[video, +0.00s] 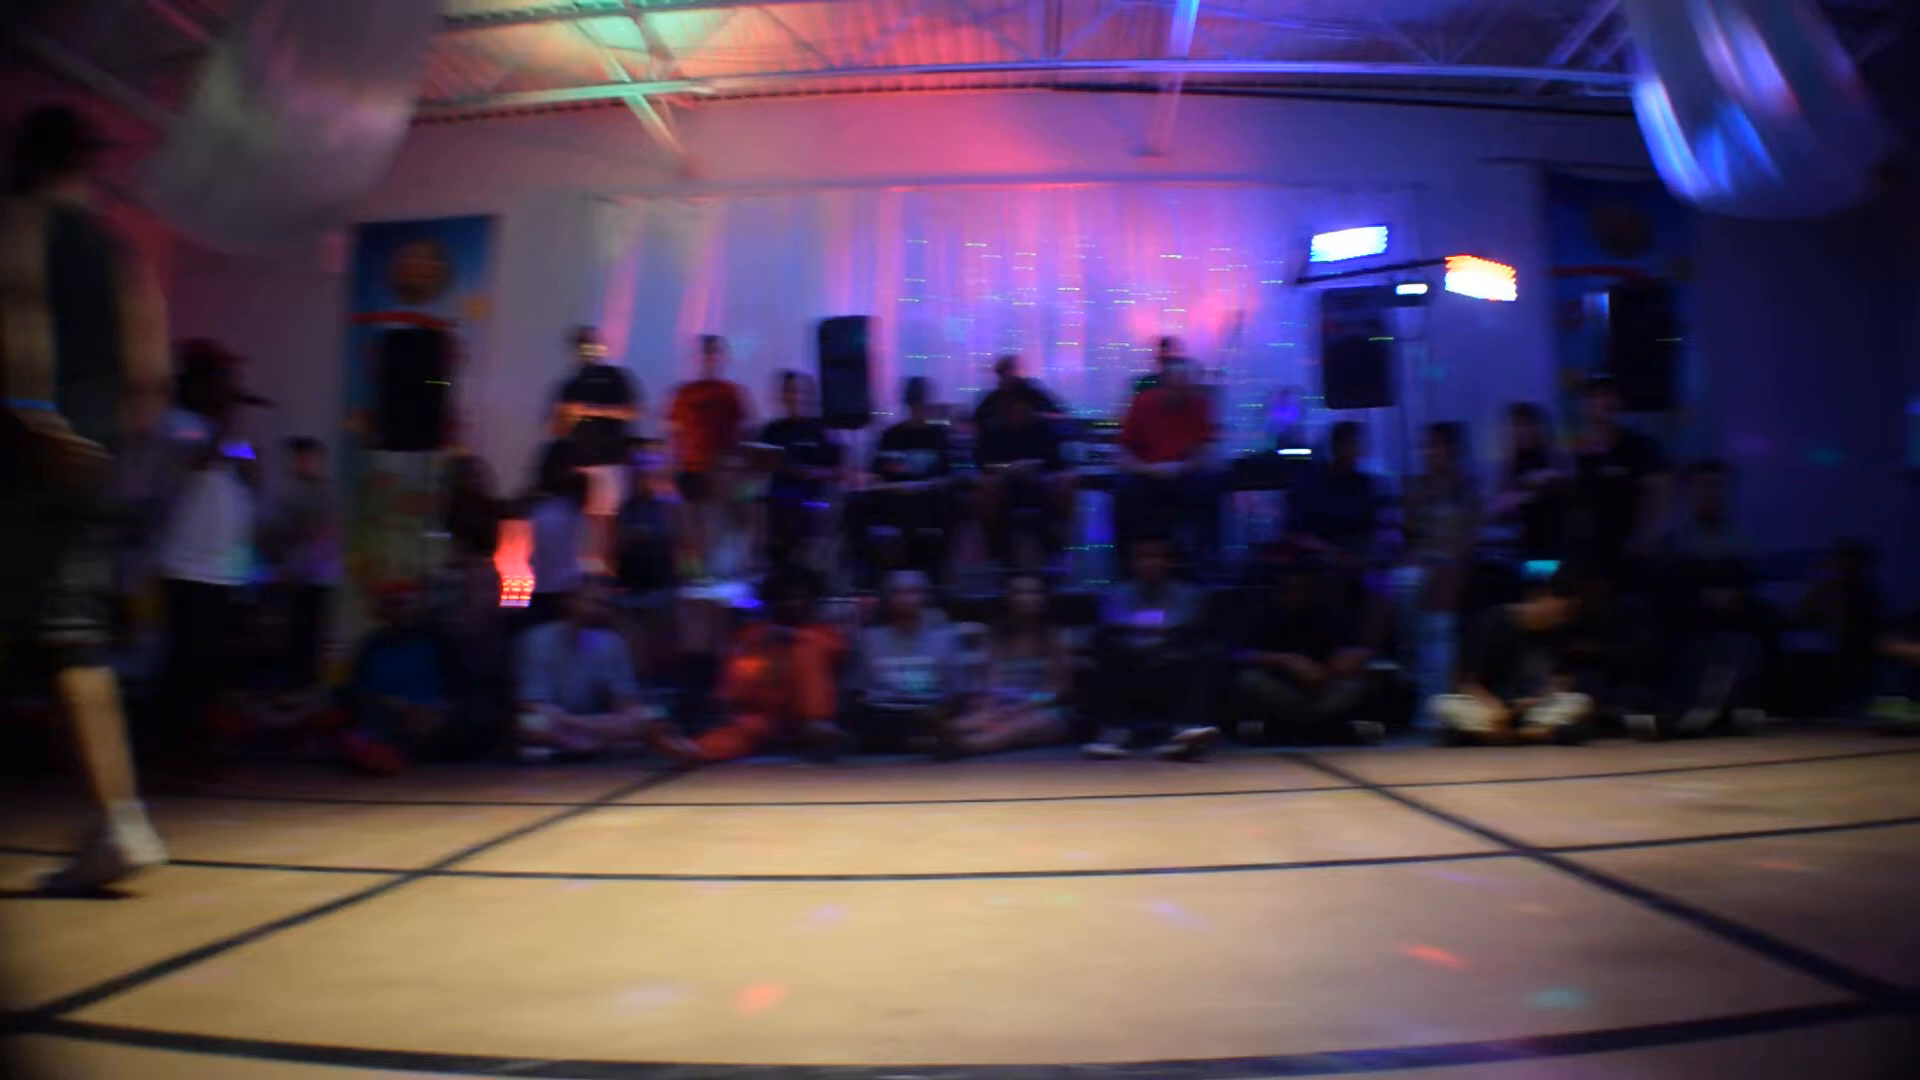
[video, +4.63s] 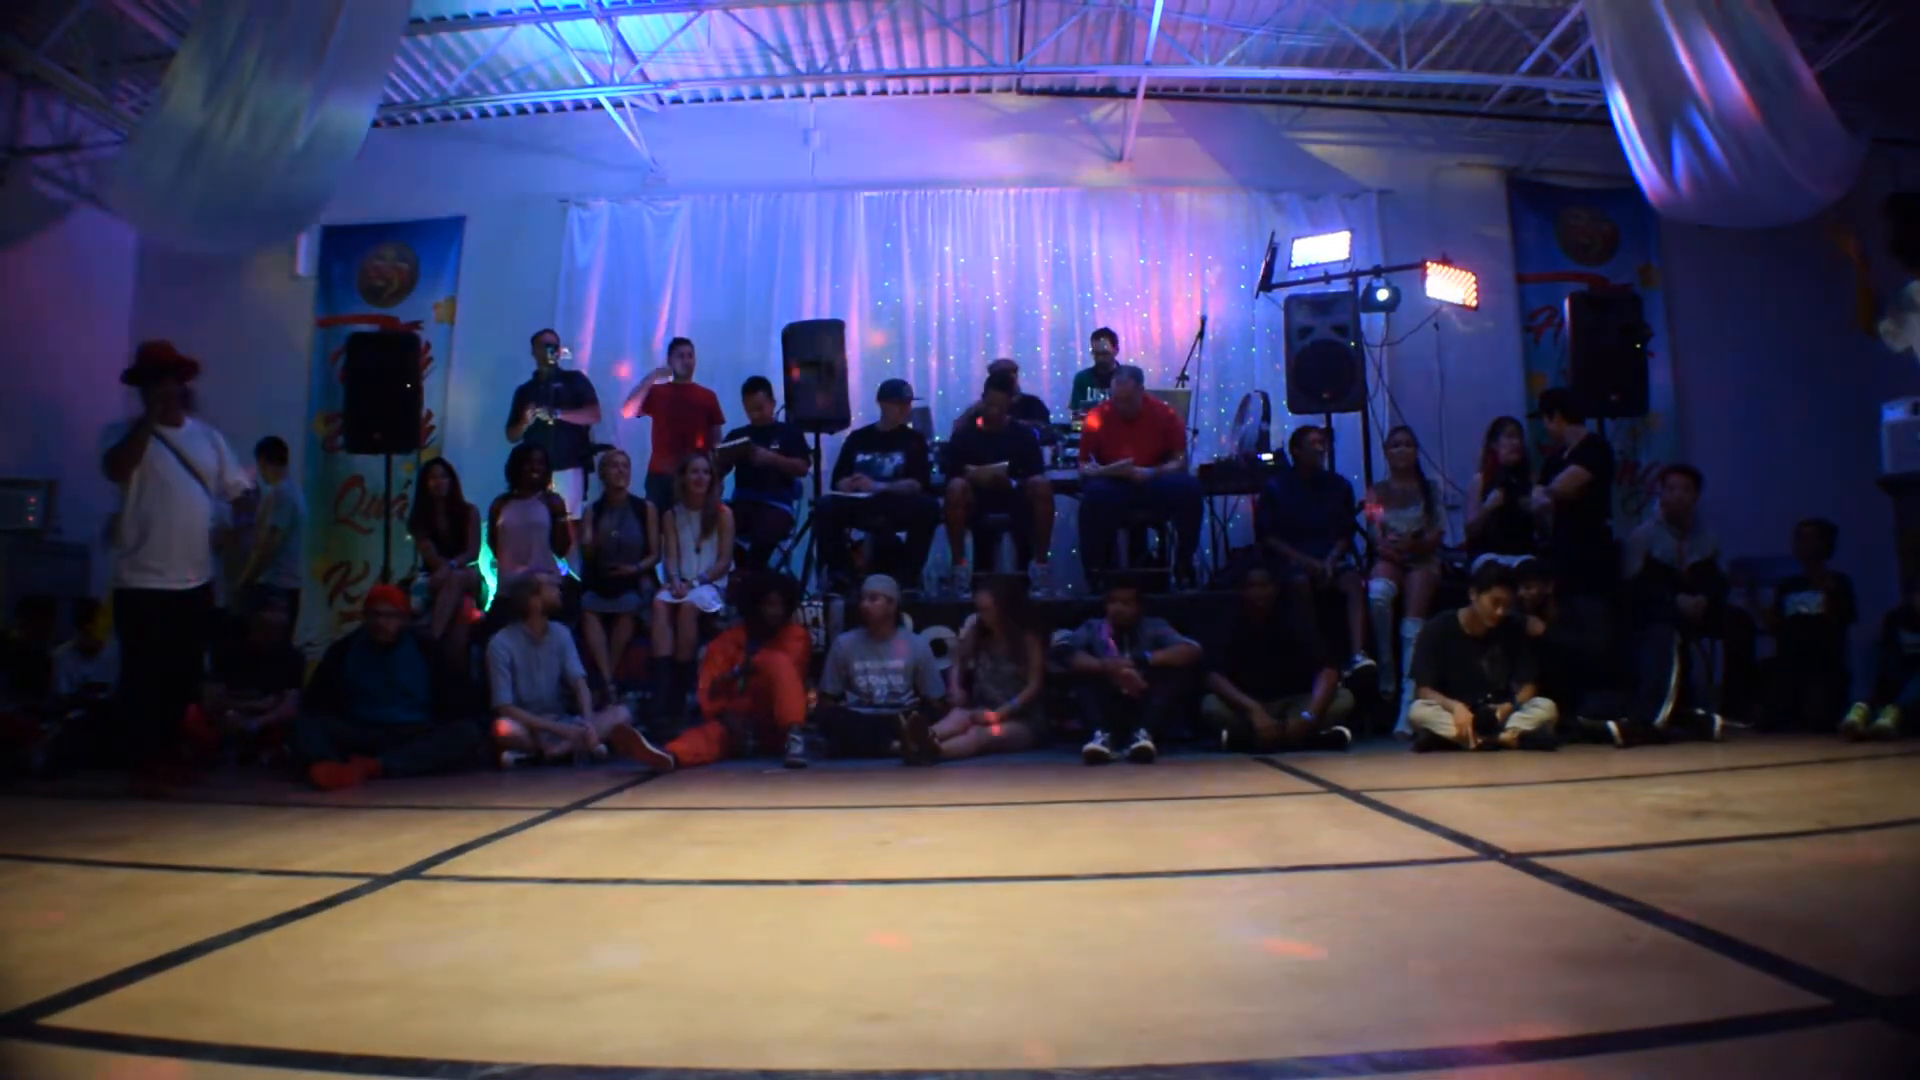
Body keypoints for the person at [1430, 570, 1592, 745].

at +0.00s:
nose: (1555, 616)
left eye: (1559, 612)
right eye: (1553, 609)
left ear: (1562, 612)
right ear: (1539, 600)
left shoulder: (1550, 632)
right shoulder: (1495, 622)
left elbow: (1561, 683)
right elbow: (1468, 682)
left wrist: (1531, 703)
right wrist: (1496, 709)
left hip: (1534, 702)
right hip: (1492, 703)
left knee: (1579, 703)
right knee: (1442, 704)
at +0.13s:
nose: (1514, 616)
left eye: (1518, 609)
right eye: (1511, 607)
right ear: (1493, 595)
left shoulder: (1504, 631)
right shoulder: (1447, 622)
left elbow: (1514, 682)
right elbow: (1420, 681)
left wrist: (1493, 699)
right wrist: (1442, 704)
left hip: (1486, 699)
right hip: (1447, 703)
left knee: (1529, 701)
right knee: (1401, 703)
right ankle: (1485, 732)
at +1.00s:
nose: (1506, 597)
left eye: (1506, 591)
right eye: (1500, 591)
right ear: (1481, 595)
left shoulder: (1513, 624)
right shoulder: (1443, 624)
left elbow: (1531, 677)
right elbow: (1434, 686)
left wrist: (1514, 705)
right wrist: (1460, 706)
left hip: (1502, 702)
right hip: (1460, 704)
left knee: (1550, 704)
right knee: (1421, 708)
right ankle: (1508, 736)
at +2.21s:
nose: (1509, 603)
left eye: (1509, 596)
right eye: (1504, 596)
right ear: (1480, 597)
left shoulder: (1514, 631)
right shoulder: (1442, 628)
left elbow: (1531, 683)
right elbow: (1424, 687)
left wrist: (1510, 707)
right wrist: (1457, 709)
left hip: (1502, 707)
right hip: (1458, 708)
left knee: (1546, 707)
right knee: (1419, 710)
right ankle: (1506, 739)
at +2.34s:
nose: (1502, 602)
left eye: (1501, 595)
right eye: (1496, 595)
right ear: (1472, 599)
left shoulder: (1510, 631)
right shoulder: (1436, 629)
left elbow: (1530, 684)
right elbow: (1422, 688)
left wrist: (1510, 707)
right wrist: (1458, 709)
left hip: (1500, 706)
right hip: (1456, 707)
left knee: (1546, 707)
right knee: (1418, 711)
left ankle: (1463, 743)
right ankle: (1507, 739)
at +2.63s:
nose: (1483, 601)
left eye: (1486, 593)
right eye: (1474, 593)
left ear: (1490, 595)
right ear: (1452, 597)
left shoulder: (1502, 629)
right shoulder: (1430, 630)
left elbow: (1528, 685)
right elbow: (1421, 689)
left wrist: (1508, 708)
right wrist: (1457, 707)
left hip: (1498, 705)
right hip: (1454, 708)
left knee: (1546, 707)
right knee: (1418, 711)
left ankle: (1461, 743)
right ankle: (1506, 739)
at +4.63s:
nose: (1500, 612)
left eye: (1505, 606)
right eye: (1495, 603)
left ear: (1511, 606)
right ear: (1473, 595)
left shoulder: (1511, 630)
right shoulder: (1438, 629)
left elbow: (1529, 686)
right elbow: (1423, 690)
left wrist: (1508, 707)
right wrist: (1456, 707)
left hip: (1499, 707)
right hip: (1457, 710)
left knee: (1546, 707)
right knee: (1418, 711)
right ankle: (1506, 740)